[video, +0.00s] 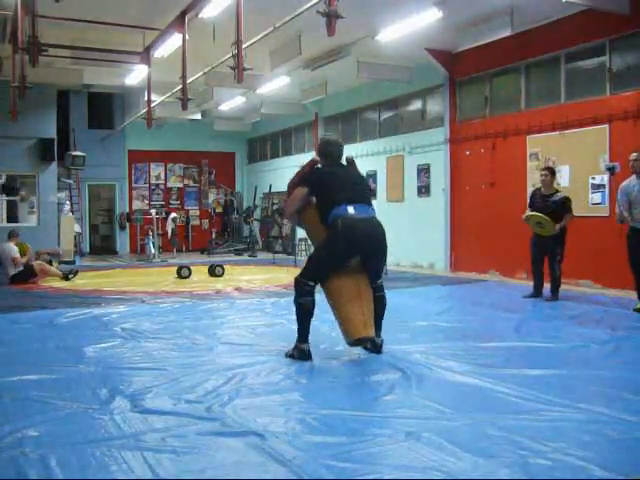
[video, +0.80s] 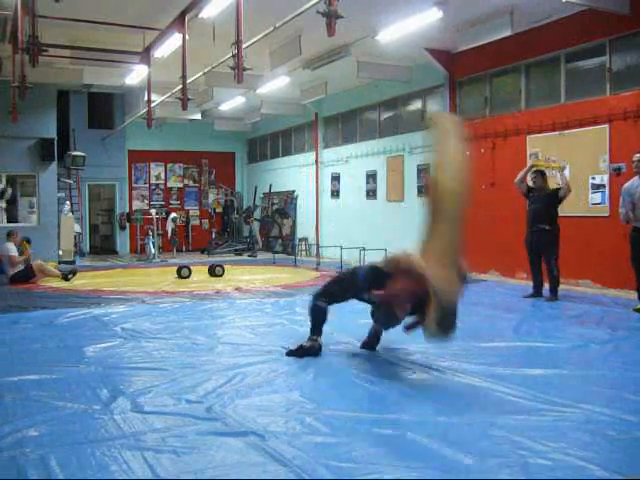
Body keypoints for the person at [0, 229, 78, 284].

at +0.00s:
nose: (18, 240)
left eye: (18, 238)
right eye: (18, 238)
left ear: (9, 237)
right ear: (15, 238)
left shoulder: (5, 246)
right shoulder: (11, 247)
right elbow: (18, 262)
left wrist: (25, 257)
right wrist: (27, 256)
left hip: (11, 275)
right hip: (14, 276)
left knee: (40, 266)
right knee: (40, 265)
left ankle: (63, 274)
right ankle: (63, 275)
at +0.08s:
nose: (18, 240)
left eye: (18, 238)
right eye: (16, 238)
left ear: (12, 238)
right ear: (11, 238)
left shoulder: (10, 247)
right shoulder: (7, 247)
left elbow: (13, 261)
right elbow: (9, 261)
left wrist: (24, 257)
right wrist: (22, 258)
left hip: (18, 273)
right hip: (14, 276)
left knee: (40, 265)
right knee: (39, 265)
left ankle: (63, 274)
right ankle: (63, 275)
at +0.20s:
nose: (15, 240)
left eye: (16, 238)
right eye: (14, 238)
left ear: (15, 238)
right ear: (8, 237)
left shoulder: (16, 247)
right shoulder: (4, 247)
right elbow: (4, 260)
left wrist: (26, 255)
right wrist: (17, 256)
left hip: (21, 272)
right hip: (13, 275)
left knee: (44, 269)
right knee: (38, 264)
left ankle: (63, 275)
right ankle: (62, 275)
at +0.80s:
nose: (19, 239)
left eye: (18, 237)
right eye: (17, 237)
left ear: (11, 237)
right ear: (12, 237)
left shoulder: (10, 246)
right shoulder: (9, 246)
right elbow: (14, 261)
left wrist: (24, 255)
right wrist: (25, 256)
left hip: (18, 275)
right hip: (15, 276)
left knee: (42, 267)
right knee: (38, 264)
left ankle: (64, 274)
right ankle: (62, 275)